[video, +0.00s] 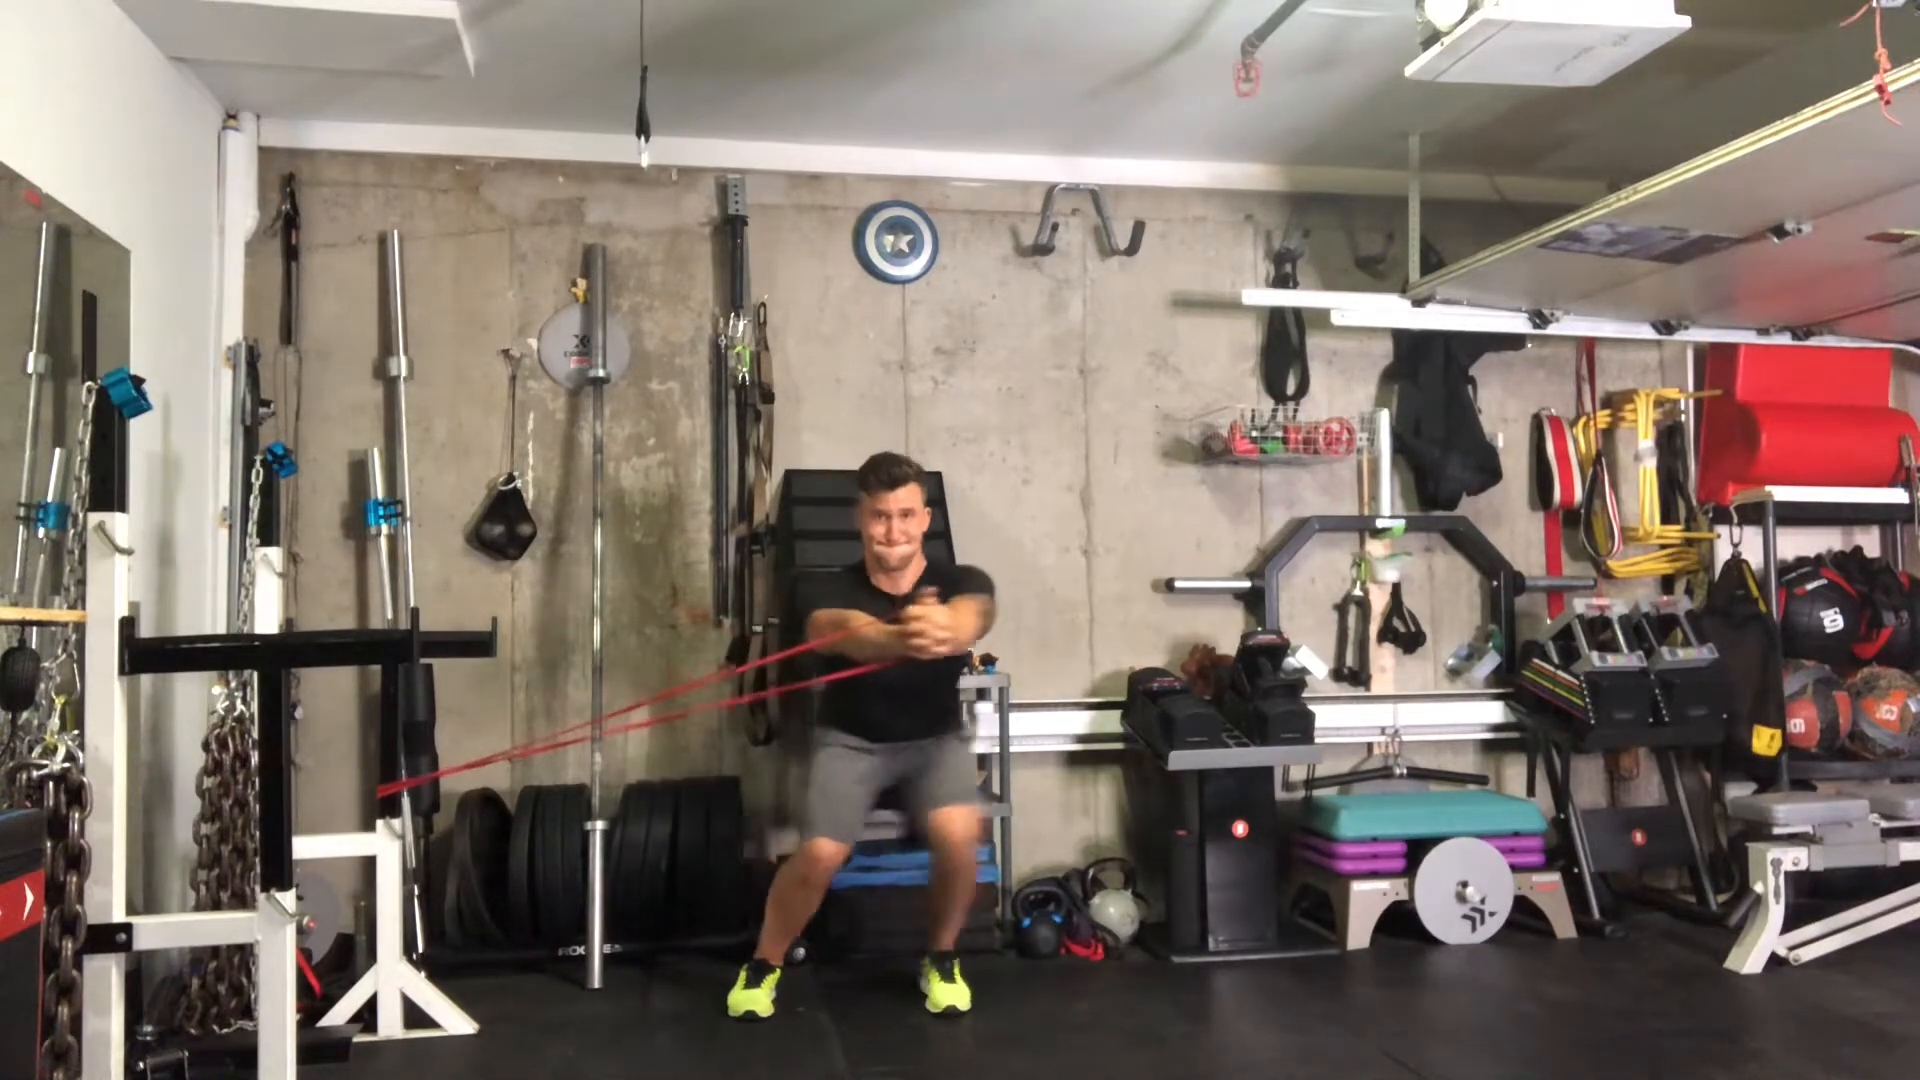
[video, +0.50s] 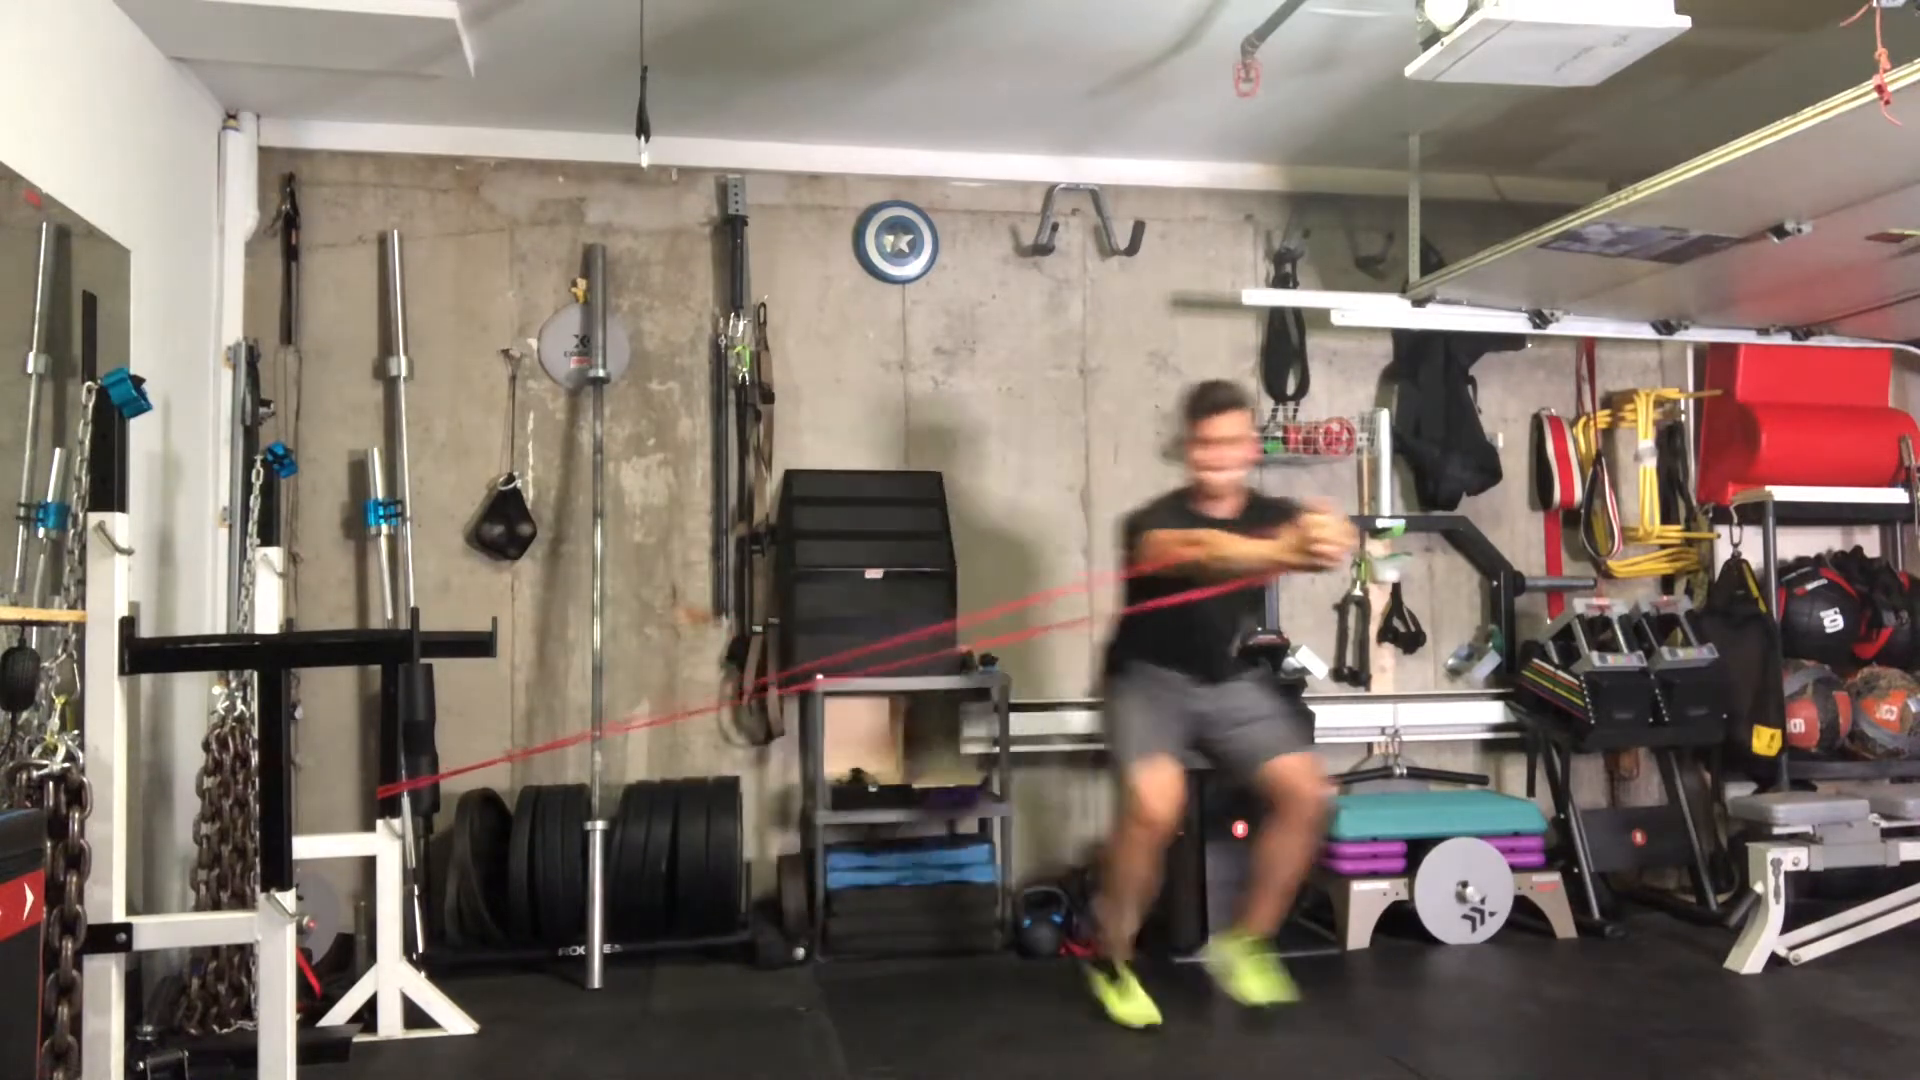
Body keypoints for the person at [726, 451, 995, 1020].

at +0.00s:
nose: (893, 531)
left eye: (905, 516)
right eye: (879, 517)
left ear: (926, 519)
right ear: (859, 520)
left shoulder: (963, 582)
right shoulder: (828, 591)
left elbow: (970, 619)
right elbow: (836, 636)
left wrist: (946, 628)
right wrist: (900, 640)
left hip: (937, 744)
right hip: (850, 744)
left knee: (959, 837)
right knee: (820, 854)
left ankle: (942, 960)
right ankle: (763, 967)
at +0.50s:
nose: (1220, 456)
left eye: (1234, 442)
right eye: (1207, 443)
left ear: (1253, 449)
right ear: (1187, 449)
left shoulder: (1275, 516)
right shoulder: (1153, 525)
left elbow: (1325, 541)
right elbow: (1211, 553)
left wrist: (1332, 535)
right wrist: (1295, 551)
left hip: (1233, 680)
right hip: (1150, 681)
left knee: (1305, 792)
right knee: (1157, 804)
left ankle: (1245, 942)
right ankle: (1112, 958)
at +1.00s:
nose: (1548, 500)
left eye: (1563, 486)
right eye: (1533, 486)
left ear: (1583, 493)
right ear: (1510, 492)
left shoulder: (1599, 556)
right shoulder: (1475, 557)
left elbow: (1642, 583)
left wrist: (1637, 575)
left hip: (1568, 724)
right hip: (1477, 722)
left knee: (1631, 826)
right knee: (1545, 824)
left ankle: (1616, 971)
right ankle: (1519, 972)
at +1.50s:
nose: (1500, 415)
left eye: (1515, 401)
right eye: (1489, 404)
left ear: (1553, 414)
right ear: (1479, 419)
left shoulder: (1597, 503)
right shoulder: (1453, 498)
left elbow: (1572, 590)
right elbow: (1403, 600)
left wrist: (1482, 627)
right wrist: (1439, 623)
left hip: (1565, 696)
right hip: (1463, 687)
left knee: (1619, 836)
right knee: (1422, 797)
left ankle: (1614, 970)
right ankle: (1389, 954)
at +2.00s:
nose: (1213, 356)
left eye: (1228, 344)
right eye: (1215, 343)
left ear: (1276, 359)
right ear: (1239, 361)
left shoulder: (1307, 452)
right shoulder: (1212, 454)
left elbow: (1262, 568)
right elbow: (1173, 545)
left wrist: (1155, 605)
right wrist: (1124, 597)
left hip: (1299, 657)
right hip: (1231, 655)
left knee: (1277, 801)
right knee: (1226, 810)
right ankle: (1265, 974)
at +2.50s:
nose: (1007, 344)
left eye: (1026, 335)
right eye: (1012, 331)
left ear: (1071, 358)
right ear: (1037, 355)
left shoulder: (1078, 462)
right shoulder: (994, 456)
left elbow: (1080, 594)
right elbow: (974, 561)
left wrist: (963, 634)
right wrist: (934, 616)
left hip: (1044, 674)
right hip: (989, 669)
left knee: (957, 824)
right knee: (969, 826)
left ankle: (972, 1031)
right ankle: (1114, 911)